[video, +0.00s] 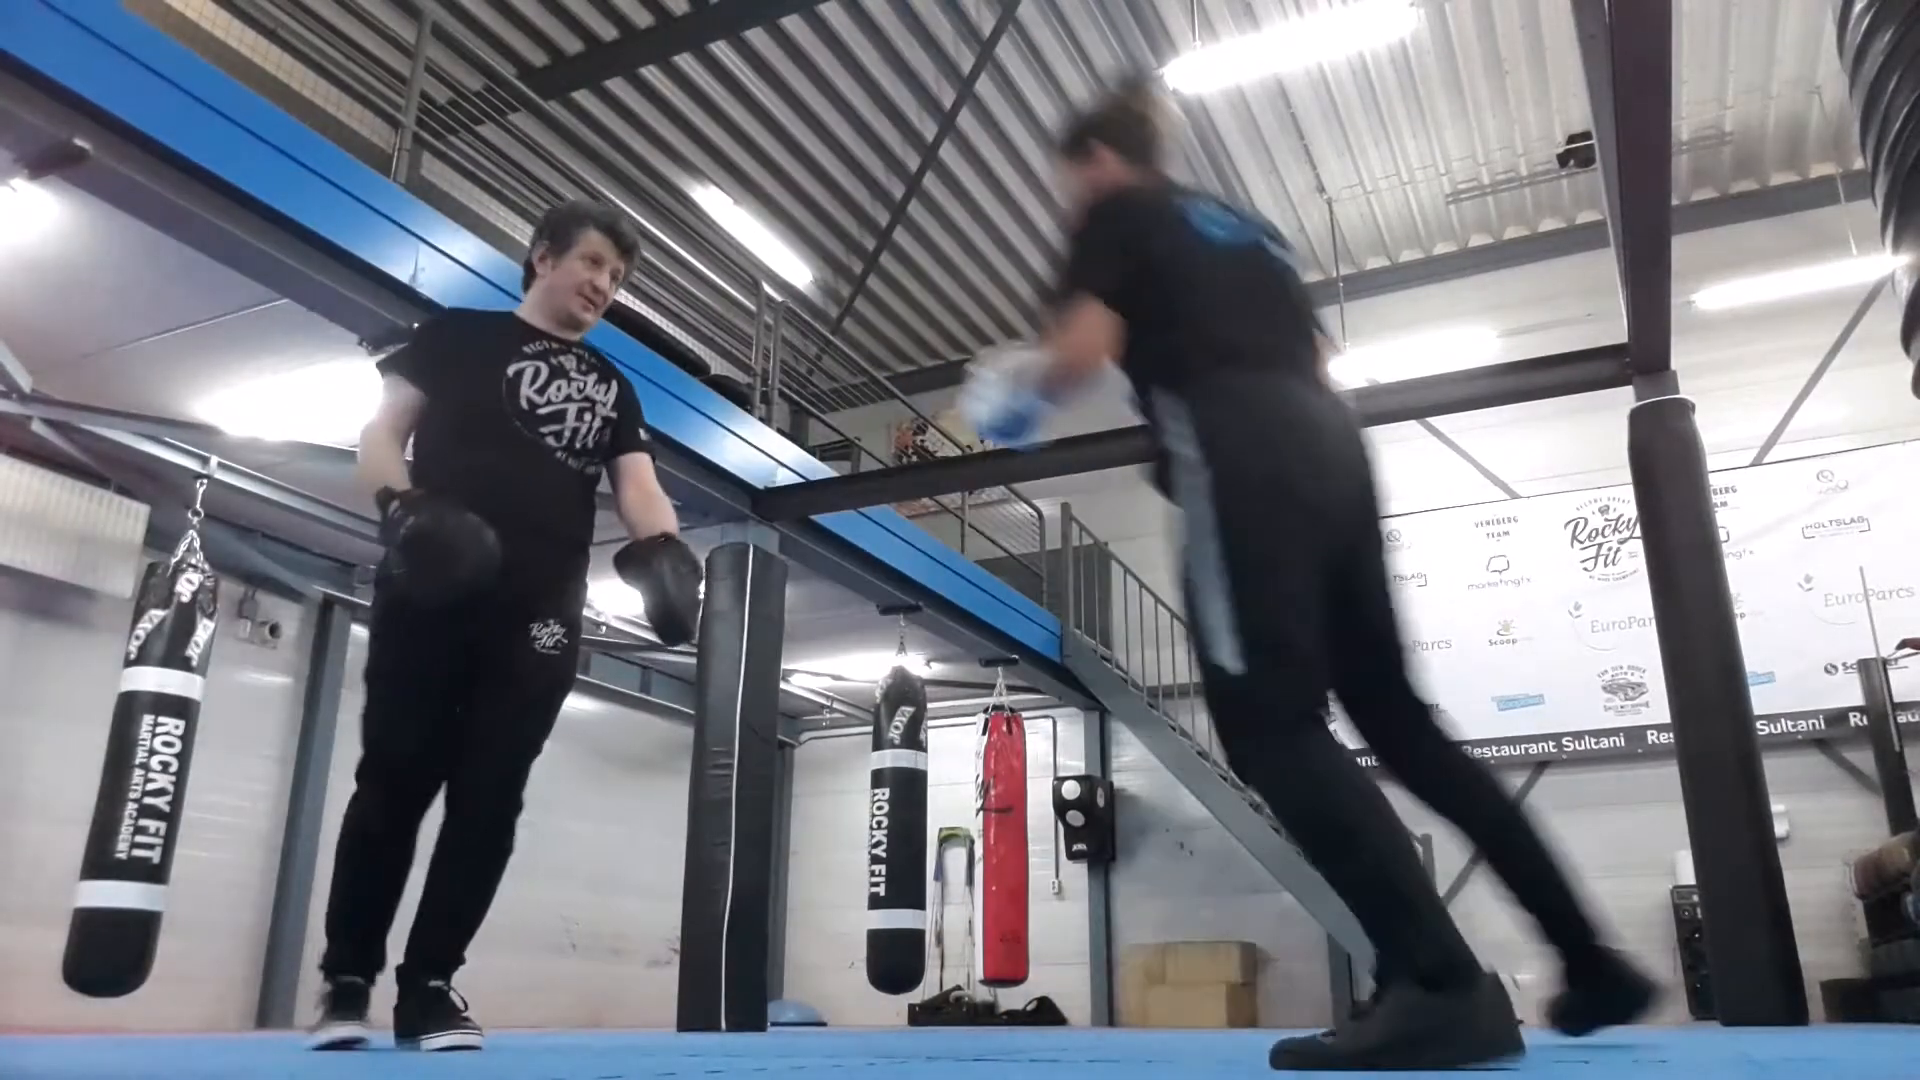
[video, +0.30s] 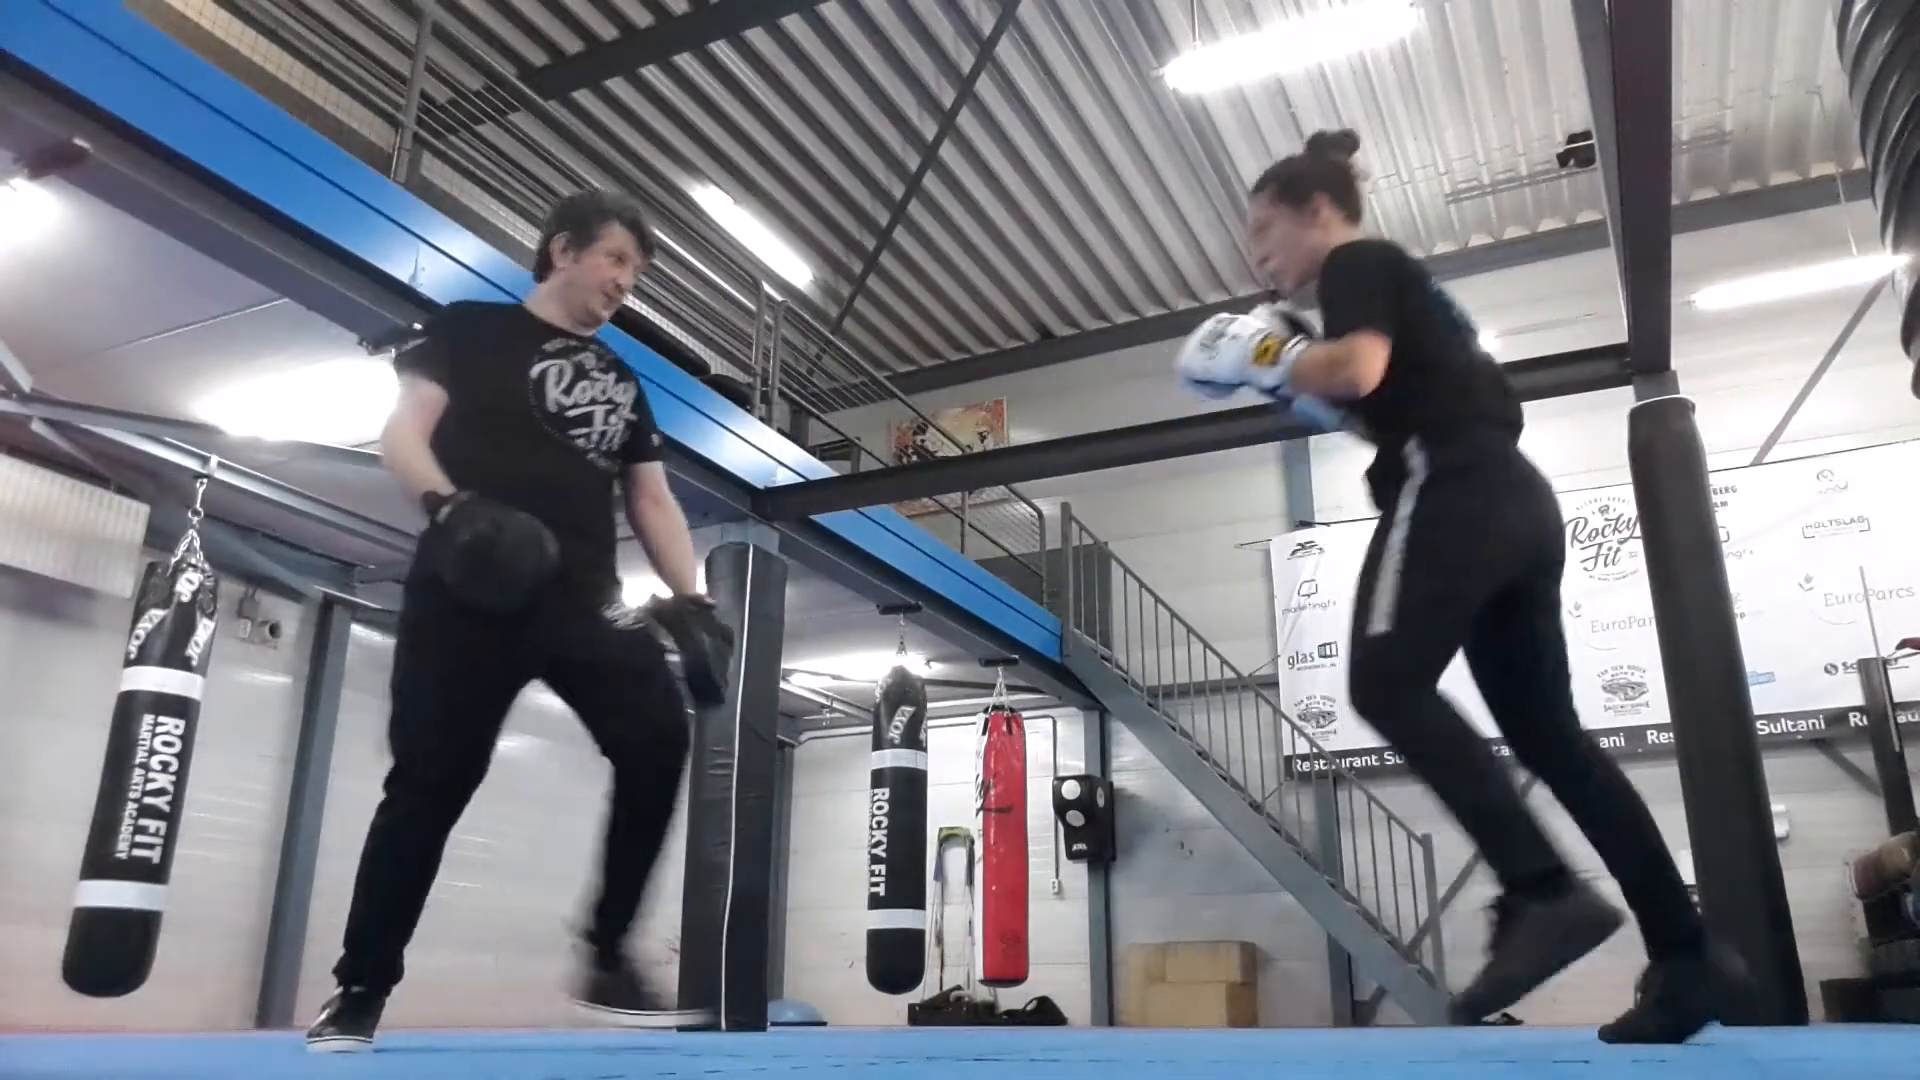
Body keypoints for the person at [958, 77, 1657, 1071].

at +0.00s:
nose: (1065, 198)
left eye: (1066, 180)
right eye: (1062, 183)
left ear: (1098, 161)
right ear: (1147, 157)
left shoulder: (1118, 218)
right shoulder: (1233, 223)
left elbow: (1083, 350)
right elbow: (1316, 363)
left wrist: (1028, 384)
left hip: (1242, 451)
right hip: (1330, 440)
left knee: (1270, 731)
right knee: (1393, 712)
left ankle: (1441, 989)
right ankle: (1594, 966)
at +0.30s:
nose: (1259, 258)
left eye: (1263, 235)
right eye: (1253, 244)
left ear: (1316, 212)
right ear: (1333, 220)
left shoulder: (1356, 263)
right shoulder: (1398, 275)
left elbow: (1361, 366)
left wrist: (1278, 357)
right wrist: (1291, 357)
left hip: (1451, 494)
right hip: (1515, 494)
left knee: (1387, 683)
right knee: (1547, 735)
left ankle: (1544, 894)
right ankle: (1687, 955)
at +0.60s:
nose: (1355, 335)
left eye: (1359, 315)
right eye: (1350, 319)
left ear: (1405, 304)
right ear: (1420, 308)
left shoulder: (1432, 369)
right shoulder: (1472, 372)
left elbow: (1444, 447)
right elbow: (1438, 485)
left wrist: (1360, 445)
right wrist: (1372, 443)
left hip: (1521, 600)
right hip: (1559, 592)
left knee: (1453, 785)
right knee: (1553, 803)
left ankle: (1588, 979)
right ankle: (1665, 985)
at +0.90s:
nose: (1350, 317)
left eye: (1356, 298)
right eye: (1346, 303)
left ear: (1407, 283)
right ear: (1415, 290)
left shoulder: (1425, 333)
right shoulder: (1461, 350)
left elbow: (1443, 420)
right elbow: (1423, 468)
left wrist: (1352, 415)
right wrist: (1348, 433)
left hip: (1486, 553)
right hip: (1545, 551)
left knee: (1422, 750)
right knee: (1552, 765)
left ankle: (1402, 964)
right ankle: (1655, 958)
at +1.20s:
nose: (1374, 341)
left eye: (1381, 323)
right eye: (1372, 327)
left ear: (1428, 311)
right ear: (1443, 317)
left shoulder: (1440, 371)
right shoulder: (1495, 383)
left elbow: (1406, 451)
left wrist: (1338, 427)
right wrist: (1359, 425)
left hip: (1478, 589)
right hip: (1548, 593)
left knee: (1414, 789)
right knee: (1575, 793)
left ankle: (1411, 991)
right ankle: (1740, 969)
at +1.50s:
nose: (1449, 343)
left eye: (1457, 324)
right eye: (1447, 326)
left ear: (1505, 316)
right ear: (1513, 322)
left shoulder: (1528, 377)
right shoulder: (1548, 386)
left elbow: (1567, 457)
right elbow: (1532, 497)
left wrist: (1460, 485)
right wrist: (1451, 483)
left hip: (1574, 606)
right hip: (1616, 604)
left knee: (1454, 772)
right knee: (1655, 801)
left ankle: (1485, 983)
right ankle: (1790, 988)